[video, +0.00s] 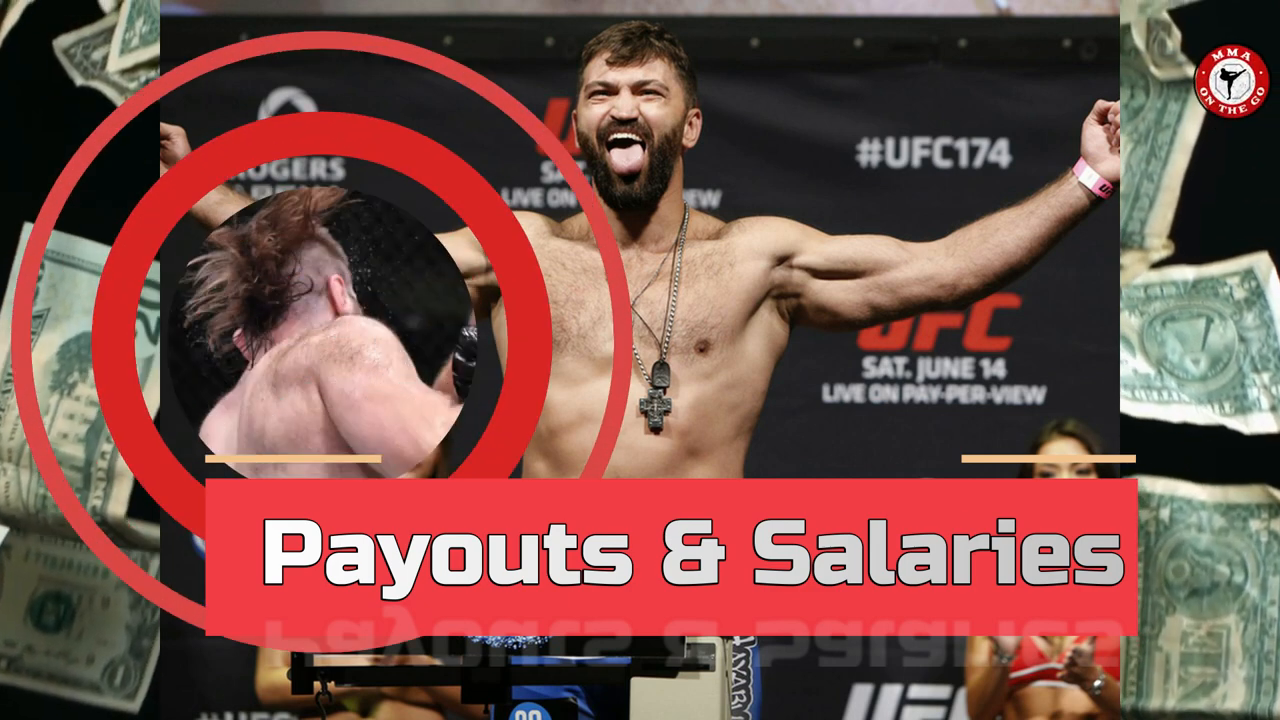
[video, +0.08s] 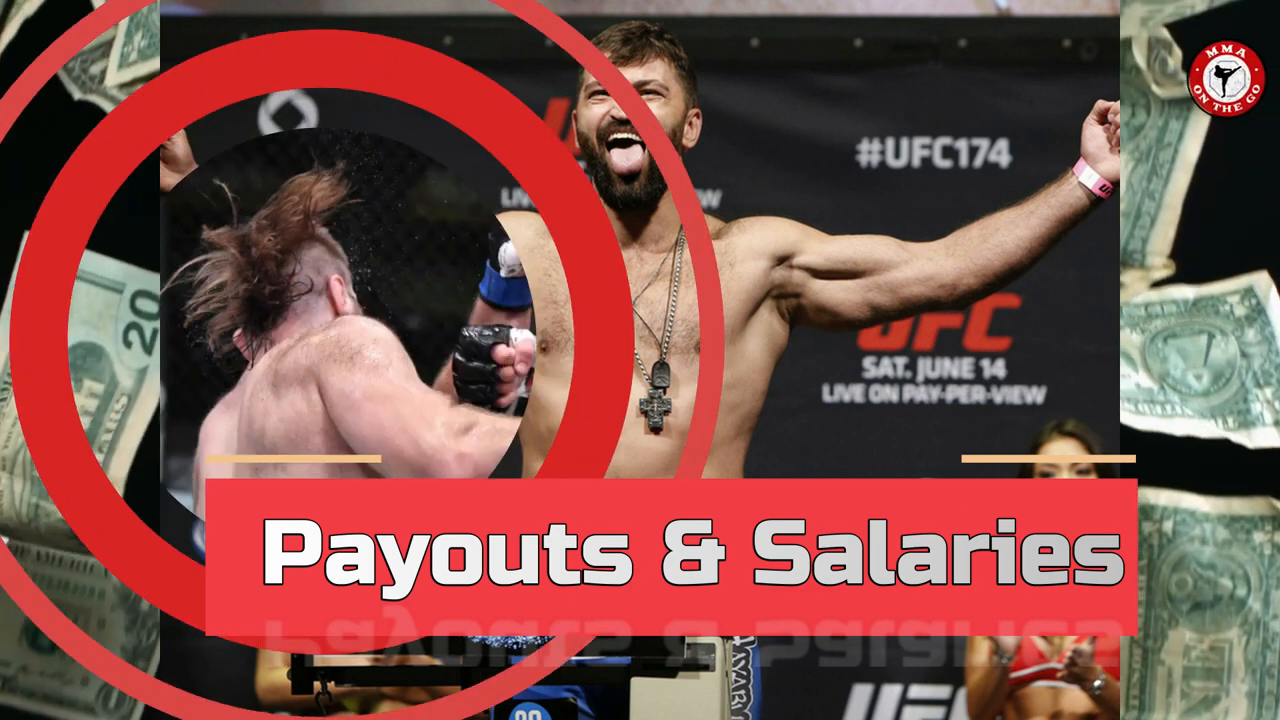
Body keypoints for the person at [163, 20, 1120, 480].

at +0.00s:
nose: (619, 106)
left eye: (646, 91)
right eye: (600, 90)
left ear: (692, 128)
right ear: (571, 123)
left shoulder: (763, 255)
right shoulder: (515, 241)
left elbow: (944, 268)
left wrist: (1086, 180)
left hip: (684, 601)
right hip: (520, 593)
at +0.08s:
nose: (620, 108)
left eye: (647, 91)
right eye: (599, 95)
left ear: (689, 125)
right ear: (571, 132)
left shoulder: (763, 254)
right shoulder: (527, 244)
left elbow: (945, 269)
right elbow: (460, 411)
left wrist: (1090, 178)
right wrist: (481, 372)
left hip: (695, 594)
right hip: (535, 591)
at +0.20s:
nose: (616, 108)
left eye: (634, 92)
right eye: (595, 98)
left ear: (676, 115)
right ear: (580, 140)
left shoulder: (753, 244)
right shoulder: (633, 264)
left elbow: (938, 270)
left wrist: (1086, 180)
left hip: (696, 532)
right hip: (610, 525)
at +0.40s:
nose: (765, 180)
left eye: (779, 165)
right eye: (749, 164)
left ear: (797, 163)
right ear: (720, 157)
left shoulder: (806, 233)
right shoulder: (663, 230)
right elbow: (561, 310)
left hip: (765, 451)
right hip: (674, 449)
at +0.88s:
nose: (766, 181)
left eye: (781, 165)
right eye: (750, 164)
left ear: (800, 162)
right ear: (720, 158)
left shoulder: (803, 238)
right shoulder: (661, 232)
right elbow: (560, 310)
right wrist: (619, 406)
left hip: (768, 463)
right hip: (670, 462)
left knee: (757, 643)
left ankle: (729, 713)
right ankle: (675, 709)